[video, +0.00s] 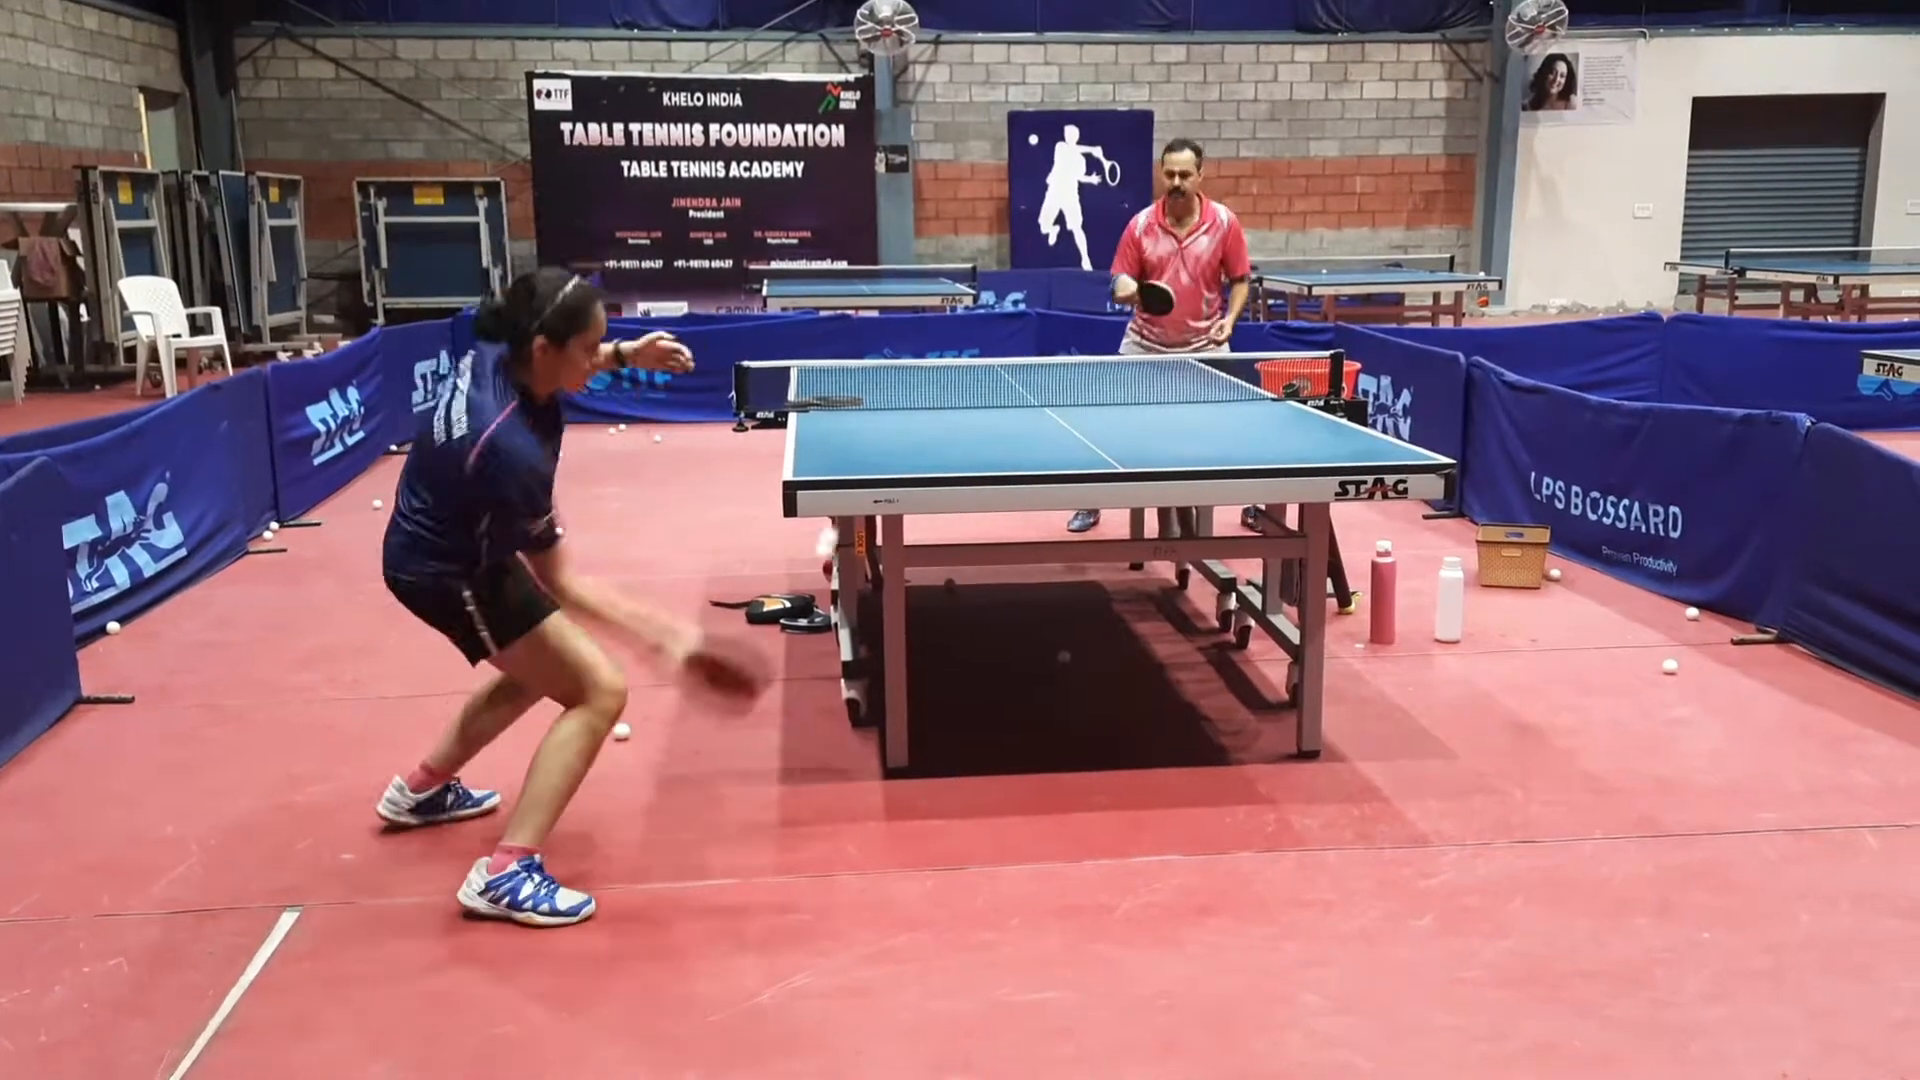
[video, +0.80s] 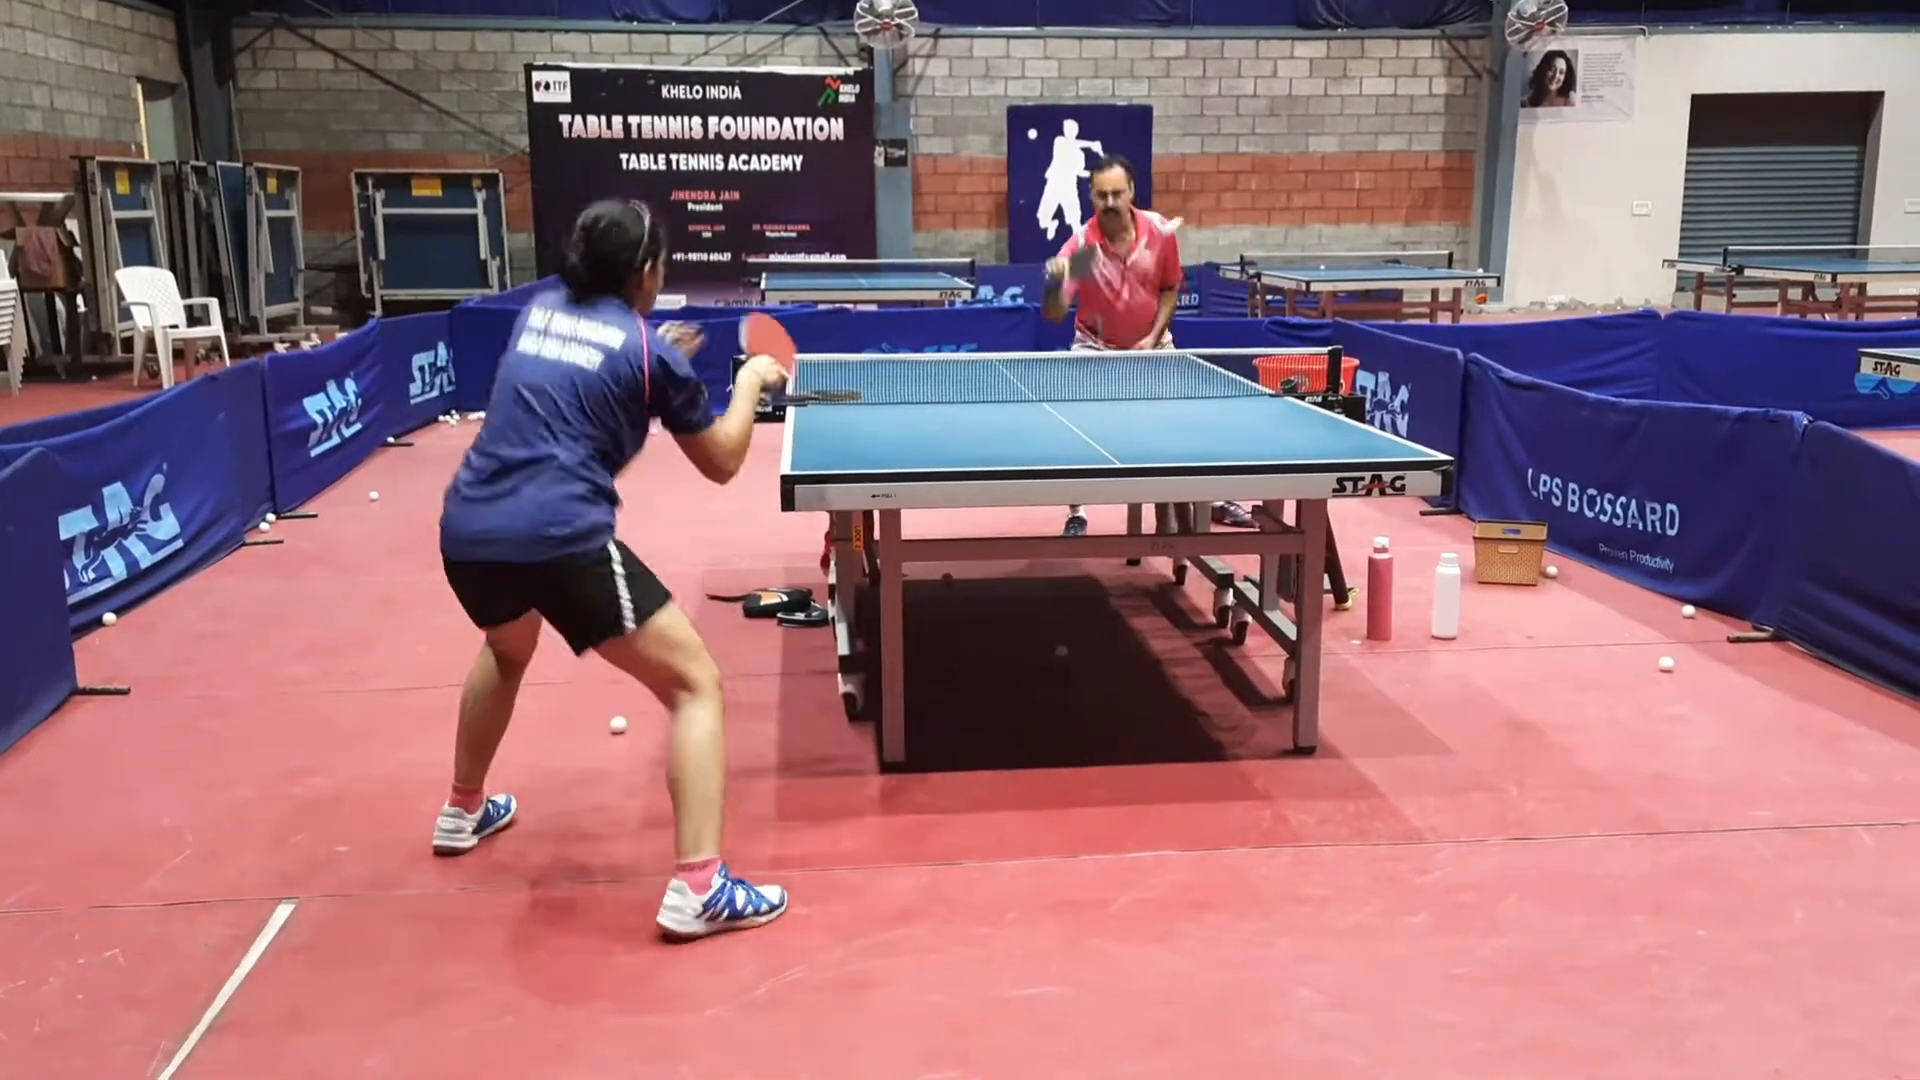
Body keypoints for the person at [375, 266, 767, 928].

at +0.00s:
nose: (599, 359)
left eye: (601, 345)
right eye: (589, 349)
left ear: (542, 342)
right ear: (544, 352)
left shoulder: (490, 343)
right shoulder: (516, 452)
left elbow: (560, 362)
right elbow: (557, 582)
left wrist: (627, 355)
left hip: (429, 549)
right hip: (453, 572)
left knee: (539, 668)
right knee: (600, 694)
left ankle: (421, 787)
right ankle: (508, 869)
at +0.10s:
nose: (602, 308)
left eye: (604, 294)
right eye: (597, 294)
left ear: (539, 292)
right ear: (550, 297)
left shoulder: (484, 312)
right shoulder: (530, 380)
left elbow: (550, 368)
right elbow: (652, 469)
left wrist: (617, 330)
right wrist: (734, 410)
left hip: (421, 526)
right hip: (465, 549)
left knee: (515, 654)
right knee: (598, 687)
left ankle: (419, 790)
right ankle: (510, 867)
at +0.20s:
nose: (612, 227)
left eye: (613, 214)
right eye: (607, 215)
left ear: (538, 211)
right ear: (571, 217)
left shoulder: (478, 251)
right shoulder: (561, 295)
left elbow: (535, 287)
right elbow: (698, 320)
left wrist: (604, 261)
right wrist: (690, 213)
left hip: (423, 491)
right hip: (486, 503)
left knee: (487, 627)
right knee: (595, 662)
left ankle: (425, 781)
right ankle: (515, 852)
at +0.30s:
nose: (610, 178)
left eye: (609, 164)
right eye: (607, 165)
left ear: (530, 162)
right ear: (576, 169)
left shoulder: (476, 214)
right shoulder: (580, 240)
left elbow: (534, 248)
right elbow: (707, 268)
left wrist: (599, 220)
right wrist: (673, 168)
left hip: (429, 459)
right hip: (511, 464)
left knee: (483, 611)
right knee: (616, 632)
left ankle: (452, 771)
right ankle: (559, 823)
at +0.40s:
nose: (610, 175)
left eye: (609, 162)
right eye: (608, 164)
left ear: (530, 168)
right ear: (588, 173)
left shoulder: (480, 225)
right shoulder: (598, 250)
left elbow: (535, 262)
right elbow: (704, 307)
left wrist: (595, 237)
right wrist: (695, 203)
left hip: (445, 471)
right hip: (532, 470)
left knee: (487, 634)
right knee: (638, 639)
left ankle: (465, 800)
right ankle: (647, 837)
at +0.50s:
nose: (619, 229)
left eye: (617, 216)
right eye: (615, 217)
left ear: (534, 218)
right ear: (596, 224)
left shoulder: (485, 282)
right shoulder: (609, 301)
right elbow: (707, 382)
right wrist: (710, 285)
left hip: (463, 515)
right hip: (558, 515)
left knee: (496, 646)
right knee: (672, 672)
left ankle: (462, 811)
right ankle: (704, 872)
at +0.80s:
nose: (661, 268)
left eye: (658, 256)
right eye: (658, 259)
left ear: (579, 260)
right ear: (644, 271)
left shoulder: (537, 306)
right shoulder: (647, 352)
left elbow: (579, 385)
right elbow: (720, 459)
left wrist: (657, 354)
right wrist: (753, 380)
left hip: (469, 534)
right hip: (564, 539)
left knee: (505, 649)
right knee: (695, 688)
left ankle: (462, 810)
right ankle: (701, 881)